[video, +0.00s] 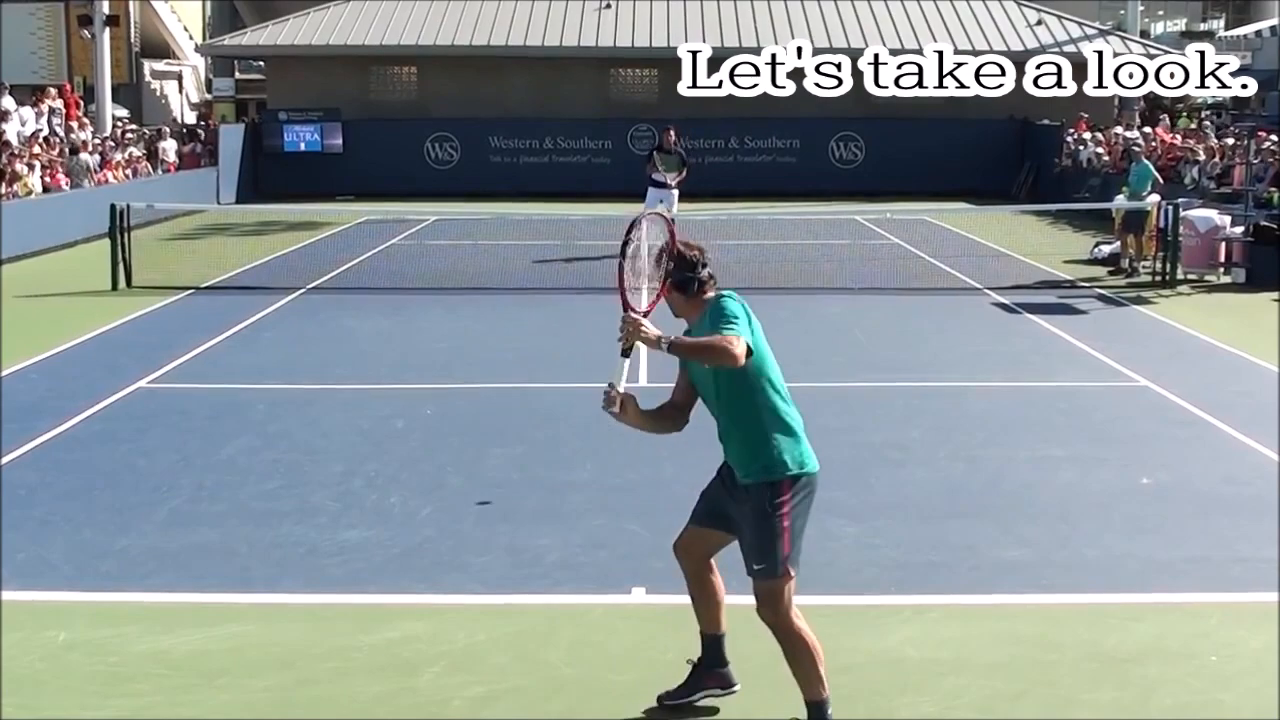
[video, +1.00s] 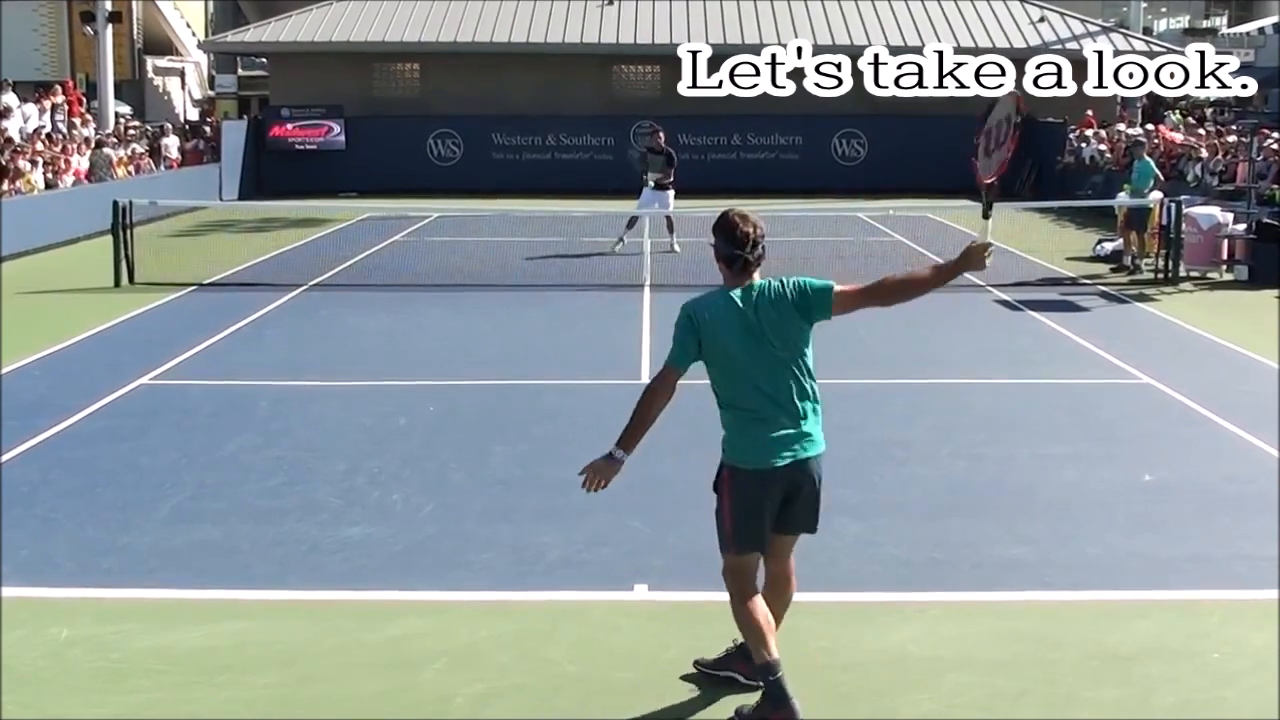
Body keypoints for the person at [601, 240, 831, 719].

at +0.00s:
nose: (661, 295)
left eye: (662, 286)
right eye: (662, 287)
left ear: (672, 287)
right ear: (703, 279)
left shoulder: (725, 307)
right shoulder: (695, 339)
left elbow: (734, 352)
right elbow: (674, 416)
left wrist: (661, 341)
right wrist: (633, 414)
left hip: (779, 471)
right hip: (741, 469)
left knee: (776, 607)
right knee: (692, 550)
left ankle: (821, 713)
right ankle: (714, 668)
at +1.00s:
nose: (721, 256)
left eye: (719, 250)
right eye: (743, 248)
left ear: (717, 256)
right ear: (762, 253)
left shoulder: (700, 314)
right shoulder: (794, 295)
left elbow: (661, 387)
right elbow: (876, 293)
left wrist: (617, 454)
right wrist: (954, 267)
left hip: (747, 466)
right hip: (804, 459)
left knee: (742, 579)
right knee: (780, 562)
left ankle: (778, 695)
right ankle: (752, 658)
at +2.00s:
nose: (821, 254)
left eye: (819, 247)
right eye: (820, 248)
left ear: (773, 246)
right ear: (814, 252)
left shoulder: (751, 290)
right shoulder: (787, 299)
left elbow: (807, 331)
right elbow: (791, 374)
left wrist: (867, 322)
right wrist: (862, 393)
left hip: (717, 449)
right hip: (765, 454)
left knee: (713, 562)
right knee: (798, 562)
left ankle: (671, 684)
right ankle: (786, 686)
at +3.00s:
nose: (797, 253)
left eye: (777, 241)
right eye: (803, 247)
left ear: (763, 240)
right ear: (805, 251)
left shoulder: (722, 281)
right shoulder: (811, 302)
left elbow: (668, 337)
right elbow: (768, 291)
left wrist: (669, 286)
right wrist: (719, 263)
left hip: (710, 433)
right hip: (767, 436)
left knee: (717, 537)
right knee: (780, 540)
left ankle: (724, 649)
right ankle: (790, 657)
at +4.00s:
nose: (690, 252)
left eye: (686, 246)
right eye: (690, 246)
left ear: (648, 243)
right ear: (686, 249)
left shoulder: (635, 280)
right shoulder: (654, 293)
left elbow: (709, 285)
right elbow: (653, 369)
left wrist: (774, 275)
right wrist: (731, 365)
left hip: (592, 431)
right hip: (631, 438)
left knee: (596, 534)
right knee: (654, 544)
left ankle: (523, 630)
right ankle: (630, 663)